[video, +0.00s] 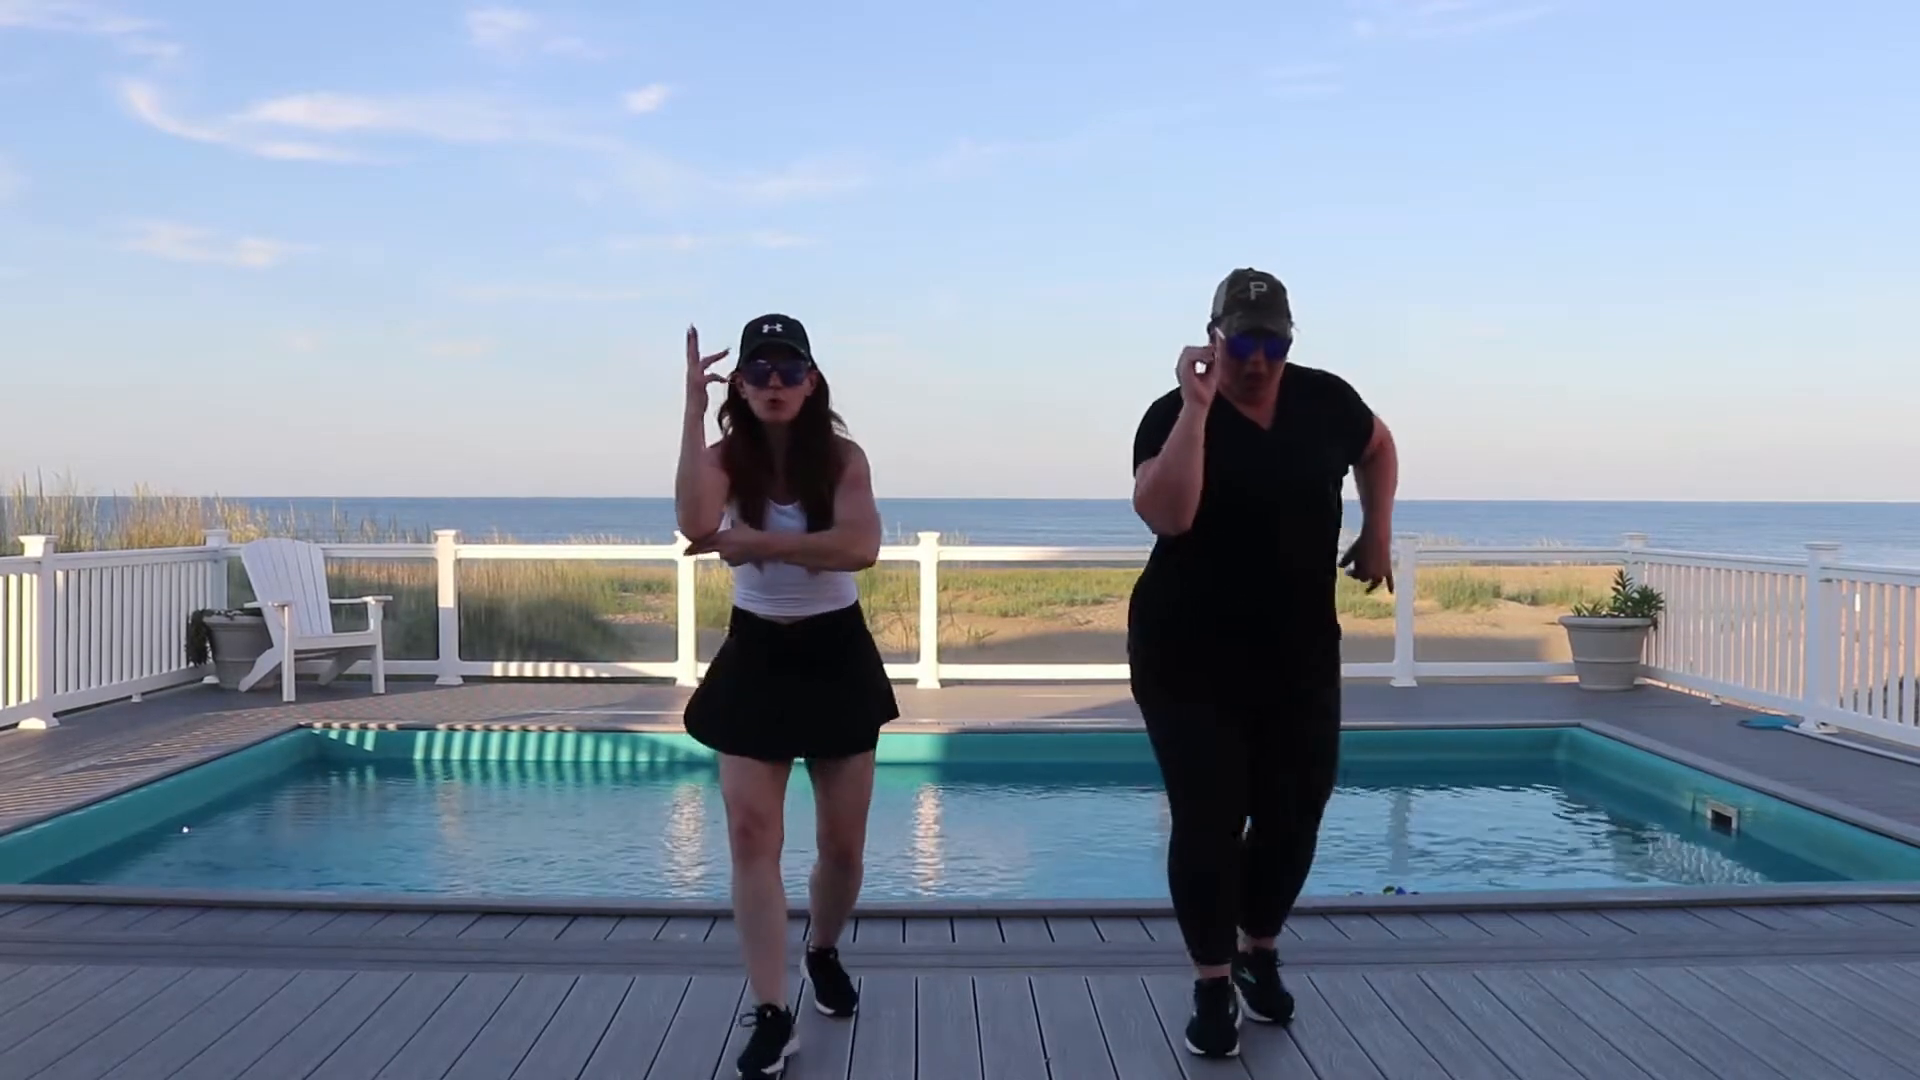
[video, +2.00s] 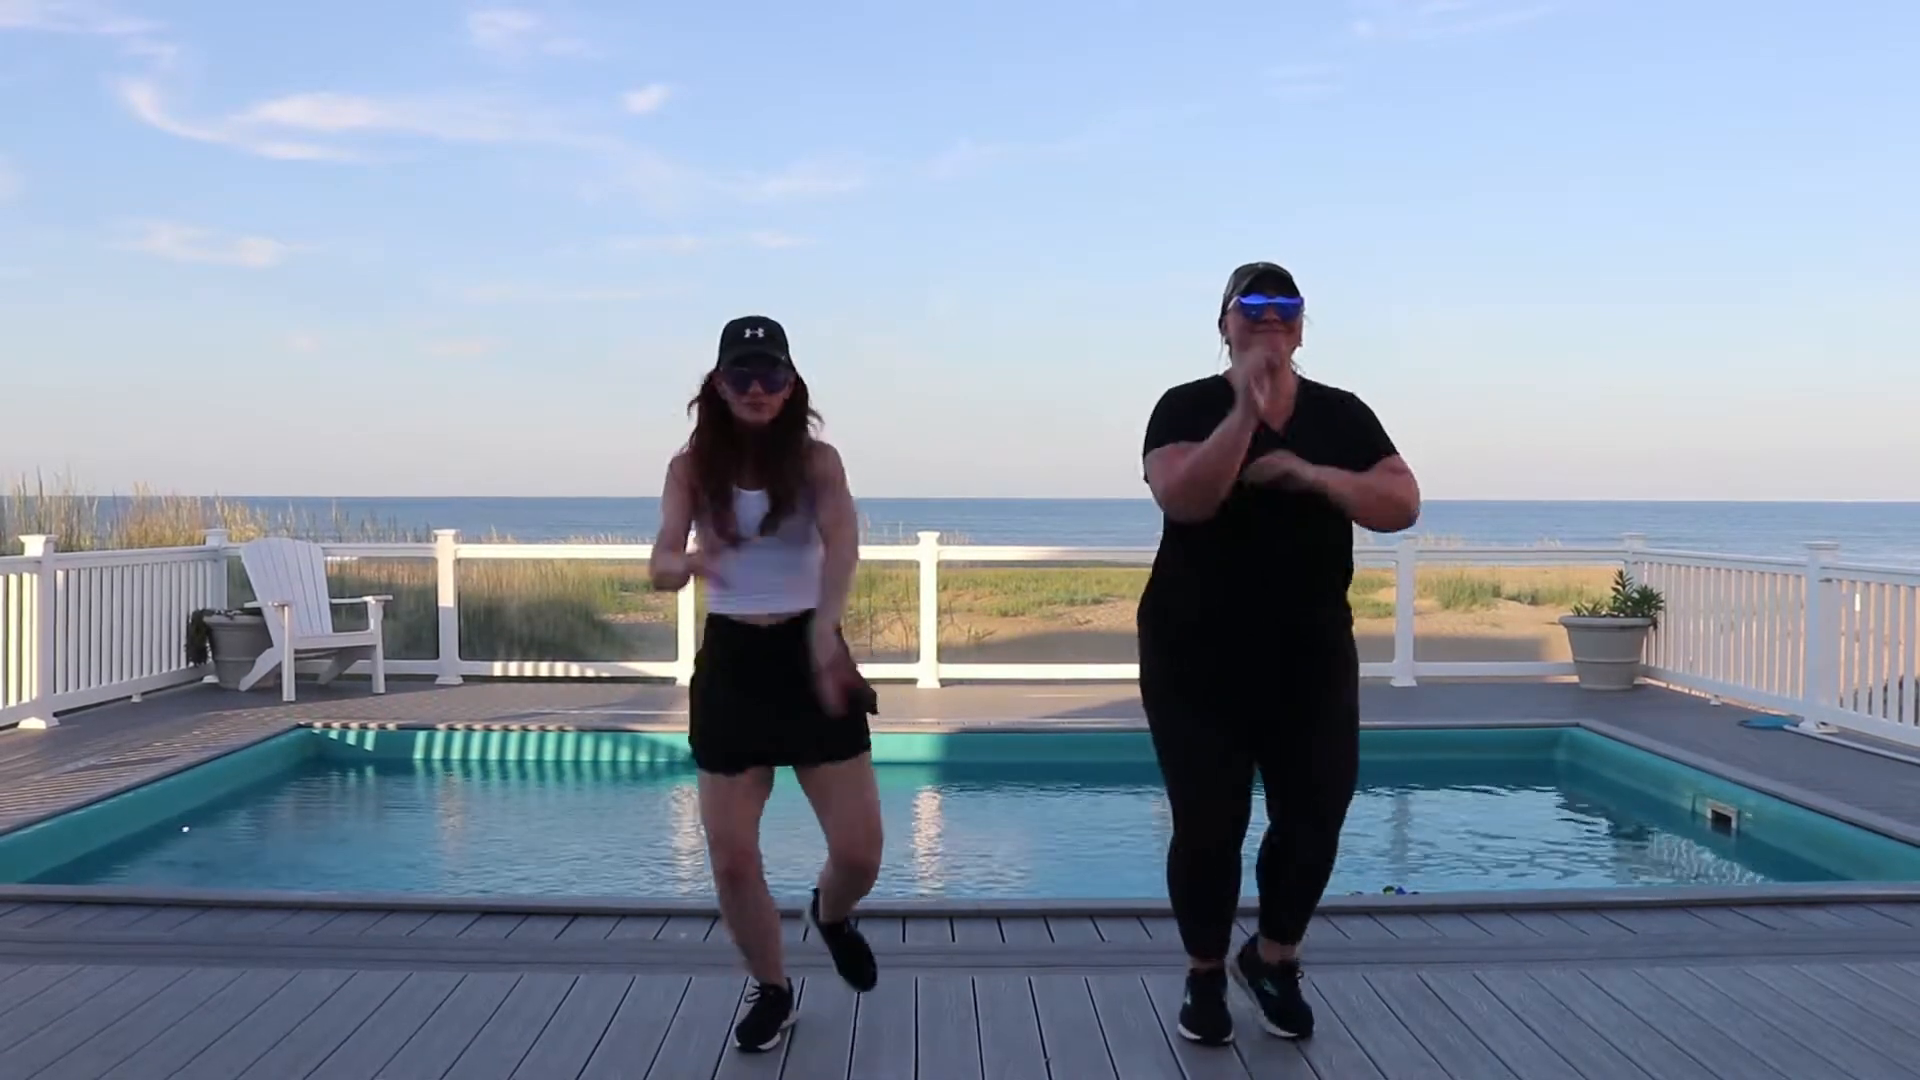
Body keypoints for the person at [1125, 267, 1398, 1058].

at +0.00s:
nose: (1260, 357)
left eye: (1273, 344)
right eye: (1245, 343)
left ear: (1289, 338)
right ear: (1215, 336)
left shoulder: (1327, 401)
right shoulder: (1170, 416)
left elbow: (1377, 449)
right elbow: (1167, 514)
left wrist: (1377, 533)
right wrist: (1196, 404)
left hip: (1297, 647)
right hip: (1189, 651)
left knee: (1295, 808)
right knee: (1207, 813)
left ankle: (1257, 948)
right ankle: (1212, 979)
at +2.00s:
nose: (1270, 325)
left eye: (1284, 314)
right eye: (1254, 314)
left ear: (1302, 328)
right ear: (1225, 326)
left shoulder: (1342, 413)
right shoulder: (1184, 408)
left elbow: (1401, 502)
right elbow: (1182, 499)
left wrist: (1309, 473)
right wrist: (1246, 410)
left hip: (1311, 652)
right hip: (1198, 652)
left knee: (1315, 813)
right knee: (1207, 821)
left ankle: (1275, 957)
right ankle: (1206, 970)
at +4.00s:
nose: (1278, 311)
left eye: (1292, 301)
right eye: (1263, 300)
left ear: (1310, 318)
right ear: (1235, 316)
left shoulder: (1346, 406)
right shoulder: (1193, 402)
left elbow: (1404, 453)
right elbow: (1178, 496)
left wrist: (1379, 340)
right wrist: (1301, 485)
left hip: (1315, 660)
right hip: (1201, 660)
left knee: (1319, 825)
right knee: (1211, 824)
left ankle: (1329, 1002)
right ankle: (1221, 973)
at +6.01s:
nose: (1310, 324)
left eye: (1325, 313)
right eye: (1296, 312)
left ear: (1344, 331)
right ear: (1270, 329)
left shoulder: (1377, 420)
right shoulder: (1227, 408)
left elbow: (1408, 489)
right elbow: (1198, 497)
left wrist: (1404, 373)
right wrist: (1318, 495)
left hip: (1346, 669)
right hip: (1227, 662)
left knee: (1327, 835)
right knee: (1205, 820)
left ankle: (1310, 995)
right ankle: (1235, 924)